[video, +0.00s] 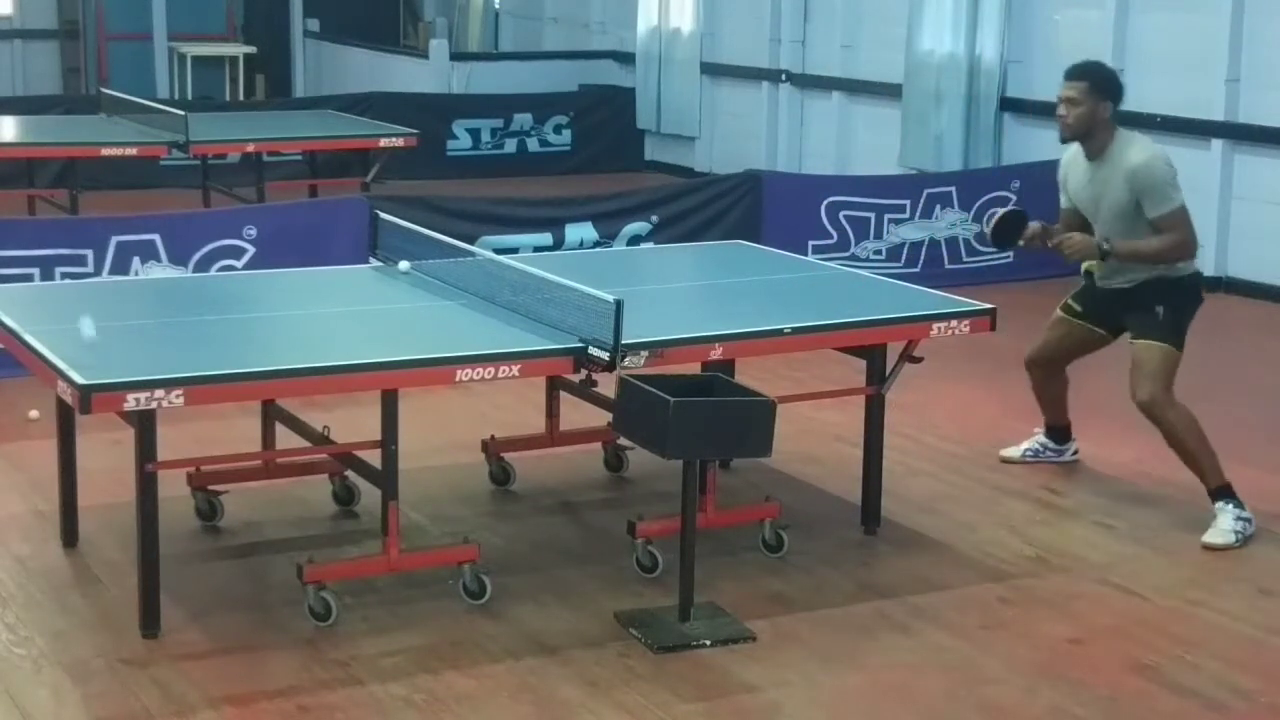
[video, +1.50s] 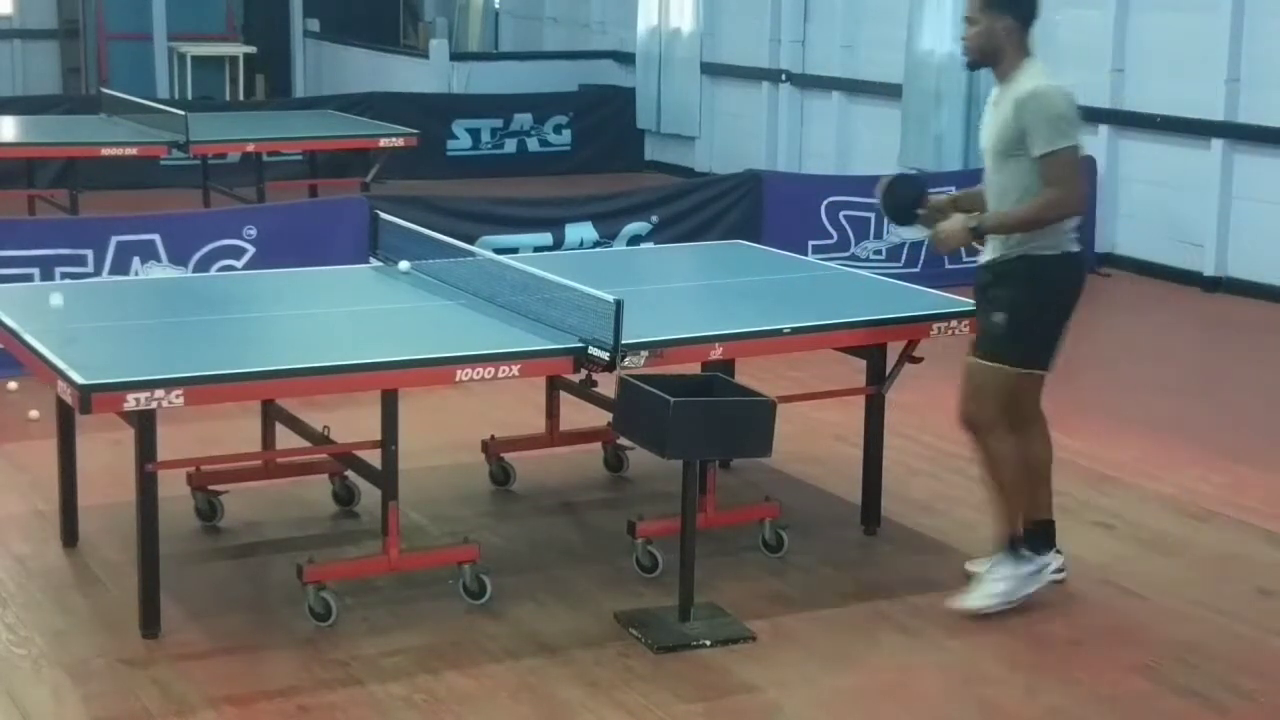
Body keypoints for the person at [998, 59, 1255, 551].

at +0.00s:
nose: (1060, 111)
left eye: (1071, 104)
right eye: (1059, 102)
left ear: (1104, 109)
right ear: (1070, 106)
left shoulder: (1145, 162)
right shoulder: (1071, 162)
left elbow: (1183, 244)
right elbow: (1077, 233)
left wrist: (1103, 248)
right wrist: (1045, 234)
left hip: (1165, 286)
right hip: (1107, 284)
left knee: (1151, 395)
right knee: (1041, 360)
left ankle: (1229, 506)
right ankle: (1058, 441)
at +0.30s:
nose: (1102, 36)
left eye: (1113, 27)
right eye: (1101, 25)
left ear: (1148, 32)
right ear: (1104, 30)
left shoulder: (1189, 87)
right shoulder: (1109, 89)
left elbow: (1244, 157)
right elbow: (1123, 163)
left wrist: (1164, 190)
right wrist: (1088, 181)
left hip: (1195, 233)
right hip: (1140, 233)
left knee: (1186, 360)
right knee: (1117, 344)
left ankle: (1244, 492)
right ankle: (1175, 455)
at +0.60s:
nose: (1124, 41)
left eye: (1135, 31)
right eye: (1121, 30)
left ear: (1170, 36)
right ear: (1119, 34)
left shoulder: (1212, 97)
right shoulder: (1110, 104)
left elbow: (1260, 169)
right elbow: (1107, 172)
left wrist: (1191, 203)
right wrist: (1095, 212)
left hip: (1206, 254)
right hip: (1145, 261)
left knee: (1199, 384)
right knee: (1162, 378)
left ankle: (1223, 527)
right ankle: (1206, 474)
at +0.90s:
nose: (1105, 29)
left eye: (1117, 18)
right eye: (1103, 19)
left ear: (1155, 23)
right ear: (1110, 27)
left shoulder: (1196, 92)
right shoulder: (1108, 96)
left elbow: (1250, 177)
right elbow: (1121, 175)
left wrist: (1167, 219)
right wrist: (1092, 215)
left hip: (1186, 264)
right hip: (1122, 263)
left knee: (1187, 398)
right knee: (1088, 384)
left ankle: (1211, 529)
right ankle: (1155, 489)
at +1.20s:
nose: (1048, 35)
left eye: (1059, 23)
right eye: (1050, 24)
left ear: (1095, 32)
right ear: (1085, 34)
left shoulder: (1130, 97)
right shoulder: (1073, 103)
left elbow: (1146, 195)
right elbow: (1088, 198)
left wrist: (1051, 217)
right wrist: (1031, 225)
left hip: (1132, 277)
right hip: (1073, 276)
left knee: (1155, 407)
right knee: (1044, 402)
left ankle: (1202, 518)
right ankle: (1041, 545)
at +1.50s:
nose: (964, 35)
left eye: (973, 22)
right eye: (965, 22)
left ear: (1008, 26)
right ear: (1003, 28)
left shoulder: (1041, 97)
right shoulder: (1007, 97)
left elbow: (1069, 196)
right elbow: (1019, 188)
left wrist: (976, 225)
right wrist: (956, 202)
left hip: (1037, 267)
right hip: (1020, 264)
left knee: (982, 409)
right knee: (1020, 411)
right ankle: (1038, 546)